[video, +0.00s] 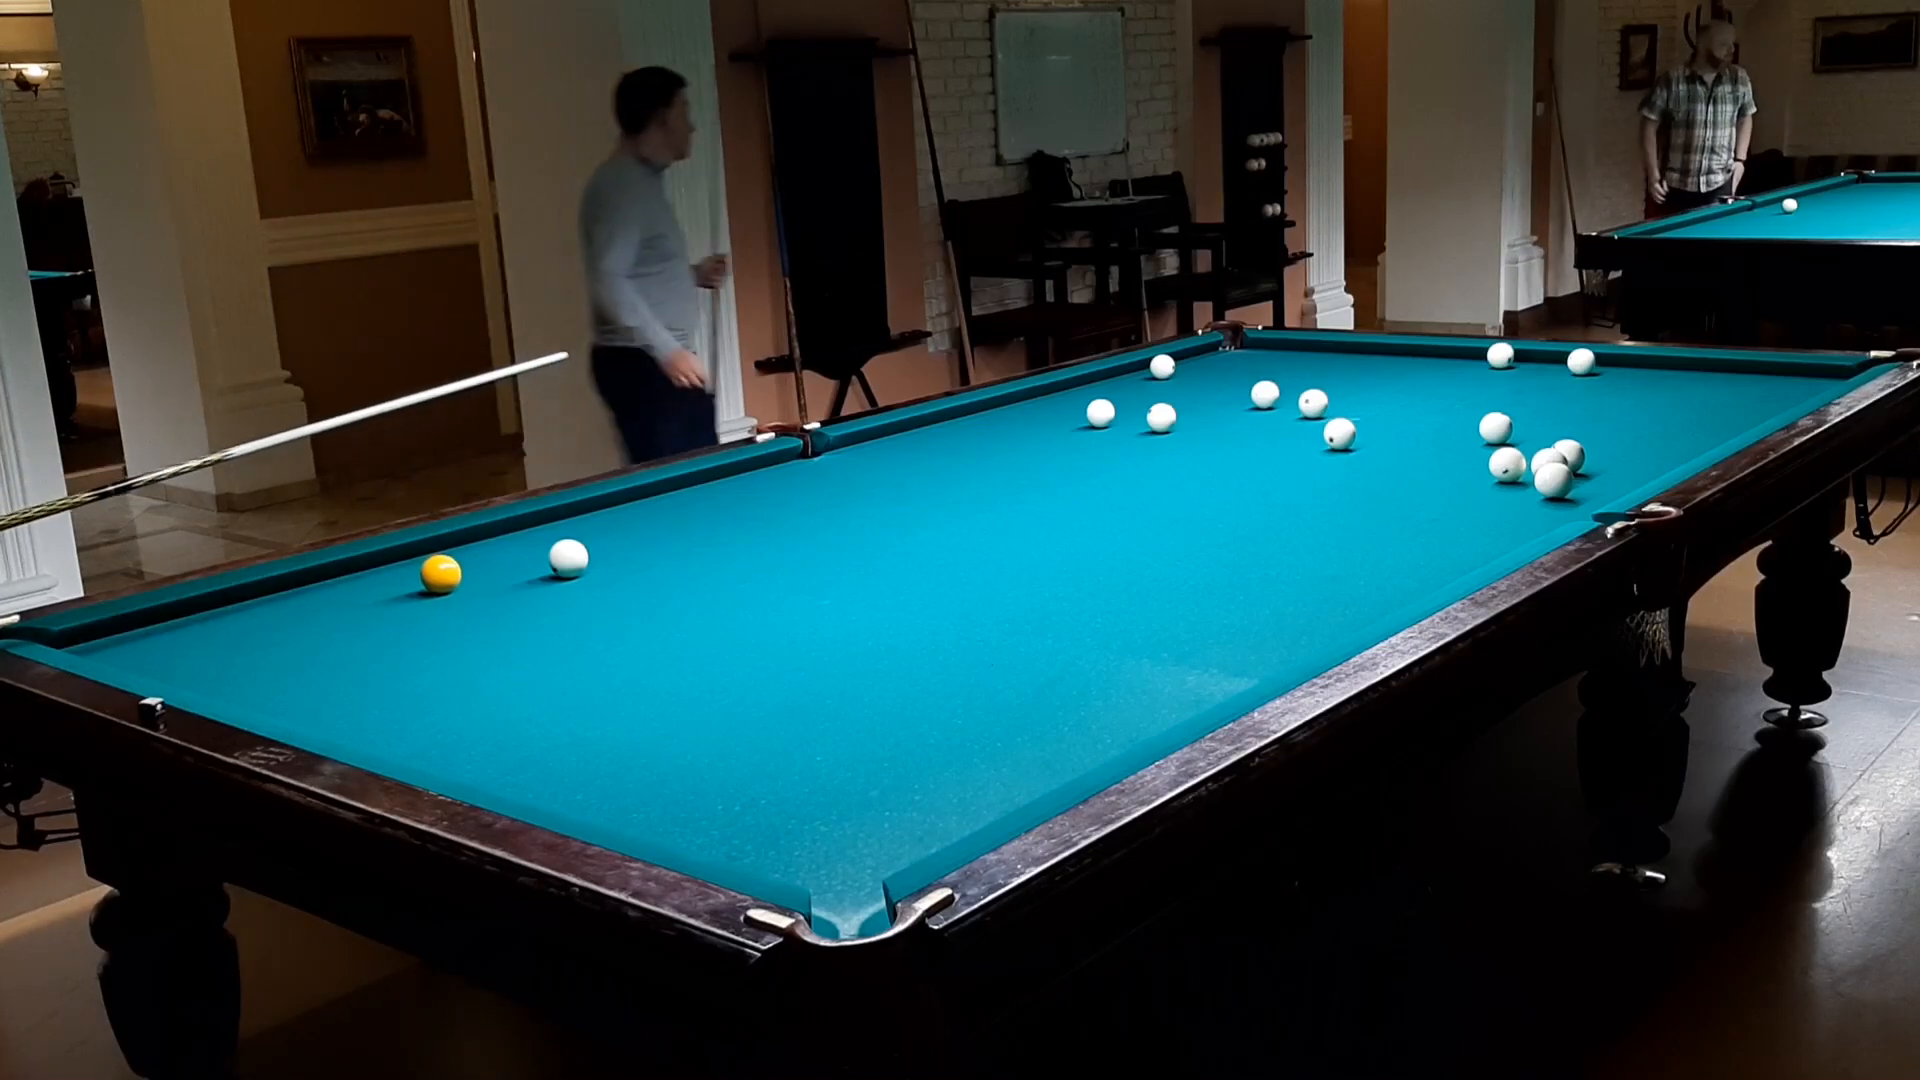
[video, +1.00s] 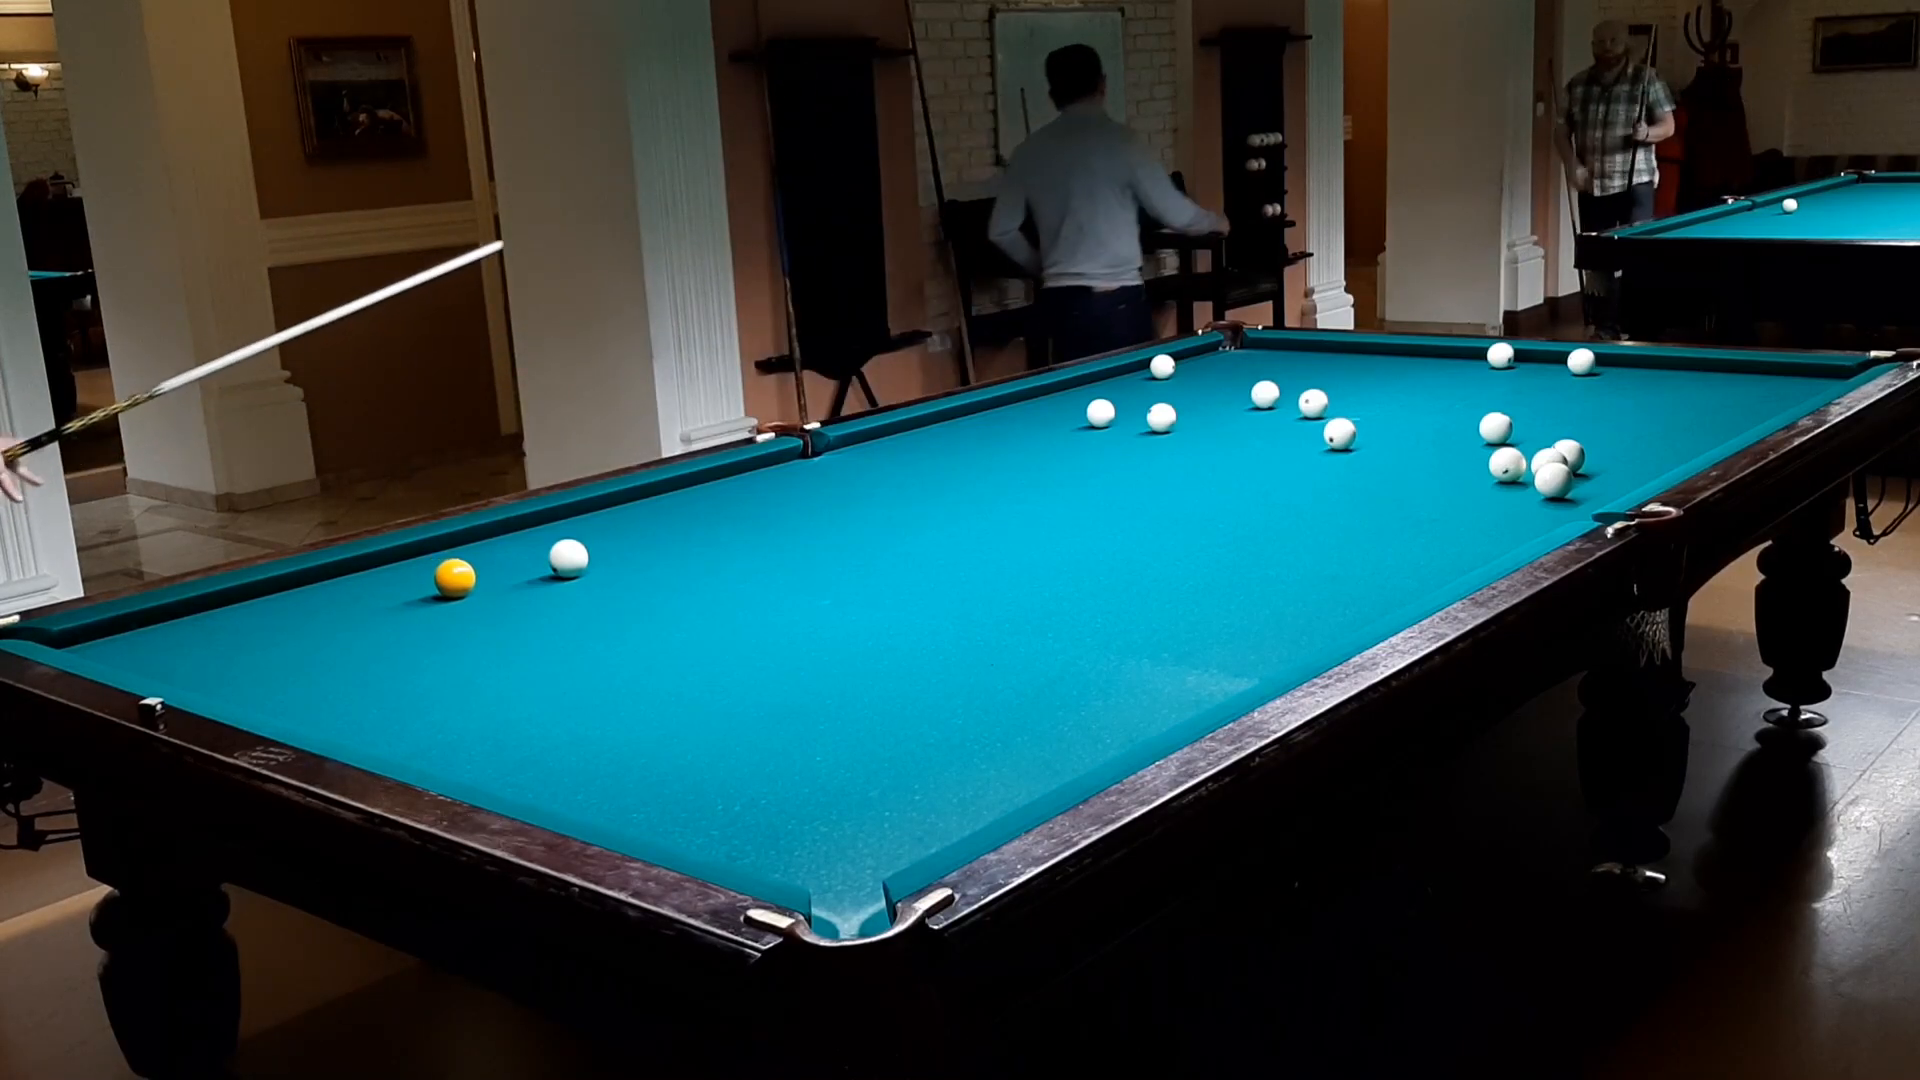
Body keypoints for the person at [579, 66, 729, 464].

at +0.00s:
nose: (692, 127)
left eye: (688, 113)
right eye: (684, 113)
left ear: (655, 121)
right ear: (659, 119)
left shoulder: (643, 180)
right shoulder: (622, 184)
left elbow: (639, 273)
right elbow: (610, 284)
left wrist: (692, 275)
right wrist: (668, 351)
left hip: (661, 359)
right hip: (637, 361)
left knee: (695, 486)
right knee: (675, 490)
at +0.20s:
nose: (793, 115)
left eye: (791, 102)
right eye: (789, 101)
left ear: (734, 102)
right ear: (770, 104)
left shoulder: (713, 160)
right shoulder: (746, 168)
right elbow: (726, 268)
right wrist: (743, 361)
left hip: (724, 333)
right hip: (760, 337)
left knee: (729, 465)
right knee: (818, 446)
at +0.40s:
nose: (894, 119)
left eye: (892, 107)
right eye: (891, 107)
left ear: (845, 109)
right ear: (879, 110)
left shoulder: (812, 168)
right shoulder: (864, 174)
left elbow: (785, 250)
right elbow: (857, 278)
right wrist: (875, 369)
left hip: (826, 338)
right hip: (873, 339)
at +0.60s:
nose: (989, 98)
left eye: (987, 88)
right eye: (987, 87)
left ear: (933, 89)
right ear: (980, 88)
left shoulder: (895, 151)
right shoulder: (969, 153)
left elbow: (867, 232)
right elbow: (1000, 244)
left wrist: (917, 258)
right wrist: (1050, 314)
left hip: (911, 315)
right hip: (962, 313)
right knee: (985, 429)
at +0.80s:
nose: (1054, 98)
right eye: (1052, 90)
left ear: (999, 100)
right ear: (1048, 94)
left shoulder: (969, 160)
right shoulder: (1054, 155)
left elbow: (941, 240)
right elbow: (1108, 224)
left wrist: (989, 261)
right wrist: (1169, 250)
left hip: (990, 314)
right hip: (1043, 312)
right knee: (1049, 425)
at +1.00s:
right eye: (1102, 80)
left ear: (1052, 95)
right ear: (1102, 85)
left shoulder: (1030, 151)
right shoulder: (1121, 140)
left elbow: (1001, 230)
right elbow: (1172, 212)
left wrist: (1042, 267)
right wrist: (1215, 221)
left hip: (1060, 302)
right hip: (1121, 301)